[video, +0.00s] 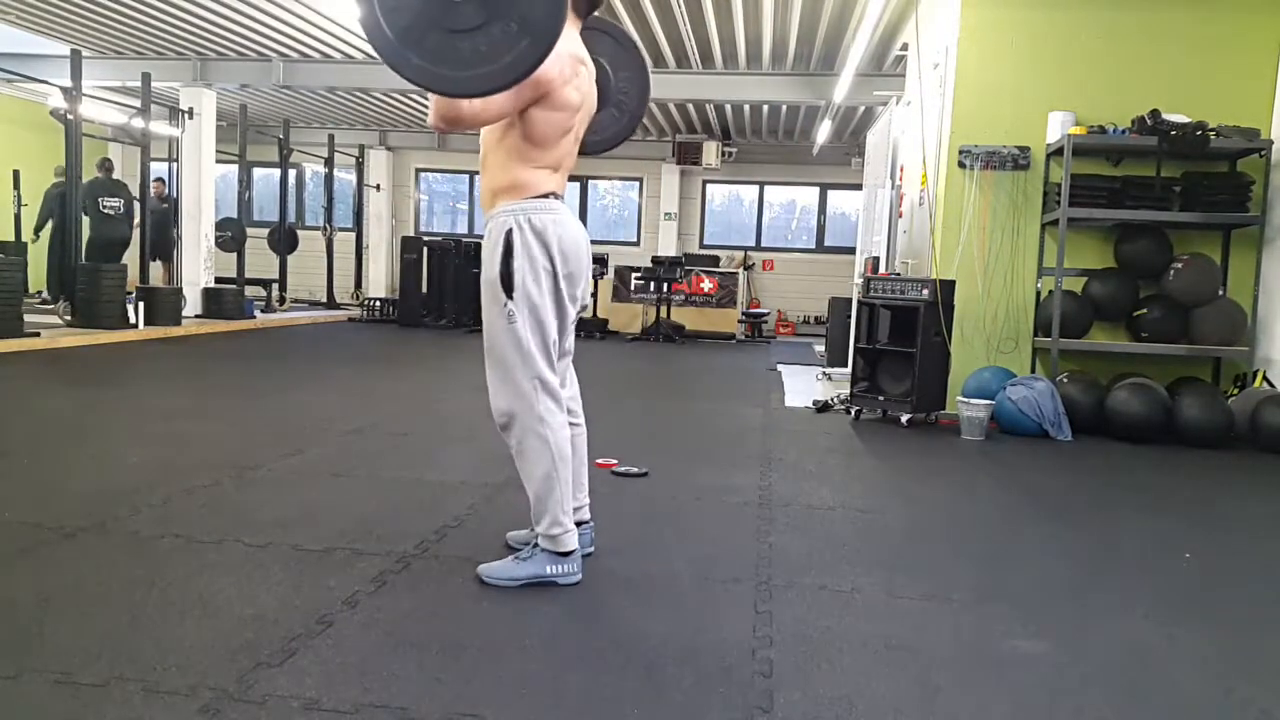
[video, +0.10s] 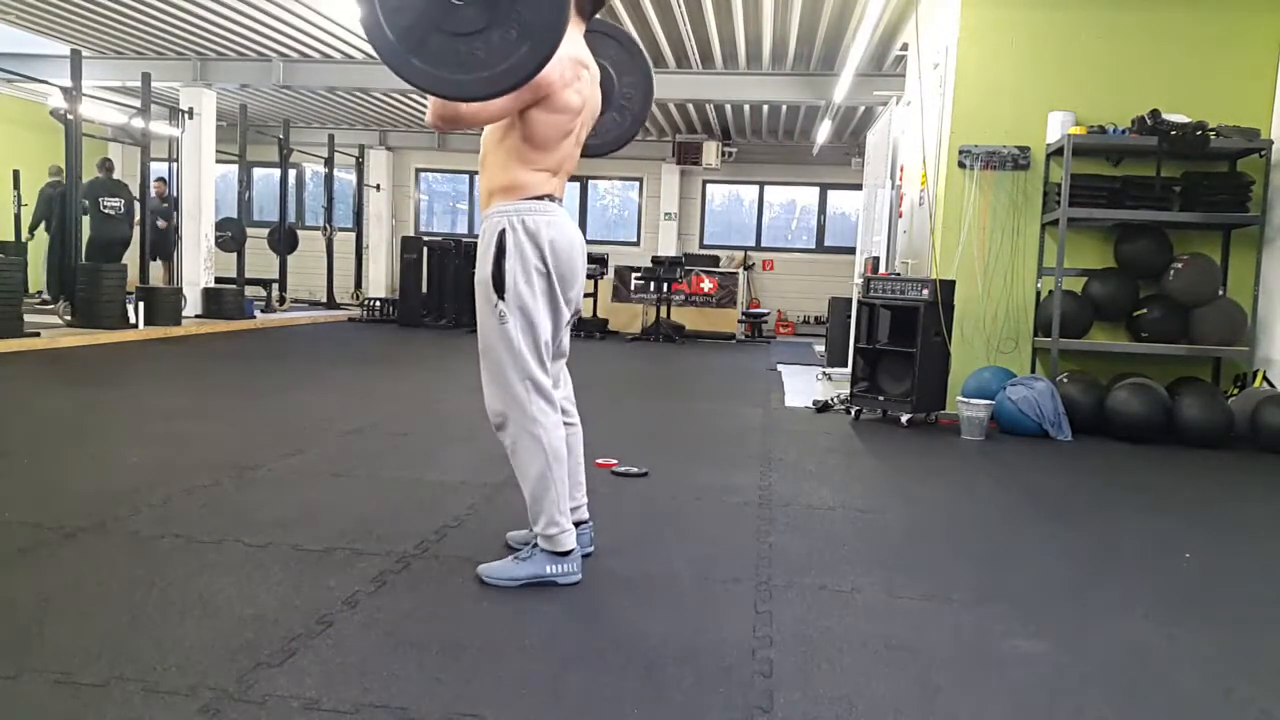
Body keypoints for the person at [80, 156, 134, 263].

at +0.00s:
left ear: (98, 169)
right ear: (112, 170)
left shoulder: (89, 186)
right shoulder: (123, 186)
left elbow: (84, 209)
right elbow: (130, 213)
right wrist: (129, 232)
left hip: (100, 234)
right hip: (122, 235)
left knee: (91, 270)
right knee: (111, 270)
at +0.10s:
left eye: (98, 169)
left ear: (98, 169)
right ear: (113, 170)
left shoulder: (91, 185)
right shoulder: (123, 187)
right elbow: (131, 212)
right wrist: (129, 231)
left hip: (100, 234)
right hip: (123, 234)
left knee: (92, 270)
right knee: (112, 269)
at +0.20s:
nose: (98, 171)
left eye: (98, 169)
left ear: (99, 170)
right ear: (113, 170)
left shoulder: (94, 184)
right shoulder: (124, 187)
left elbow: (78, 192)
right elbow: (131, 213)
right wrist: (129, 233)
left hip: (101, 235)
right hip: (123, 235)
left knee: (91, 270)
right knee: (112, 269)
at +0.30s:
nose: (98, 171)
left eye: (99, 169)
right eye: (99, 169)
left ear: (100, 169)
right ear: (113, 169)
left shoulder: (96, 184)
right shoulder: (124, 186)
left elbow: (79, 192)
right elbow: (131, 214)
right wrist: (130, 233)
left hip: (101, 235)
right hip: (123, 236)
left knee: (91, 270)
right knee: (112, 270)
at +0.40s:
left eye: (100, 169)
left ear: (99, 169)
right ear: (114, 168)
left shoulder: (96, 184)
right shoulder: (124, 186)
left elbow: (78, 191)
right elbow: (132, 213)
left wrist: (95, 178)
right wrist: (130, 232)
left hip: (101, 234)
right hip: (123, 235)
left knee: (91, 269)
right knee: (112, 269)